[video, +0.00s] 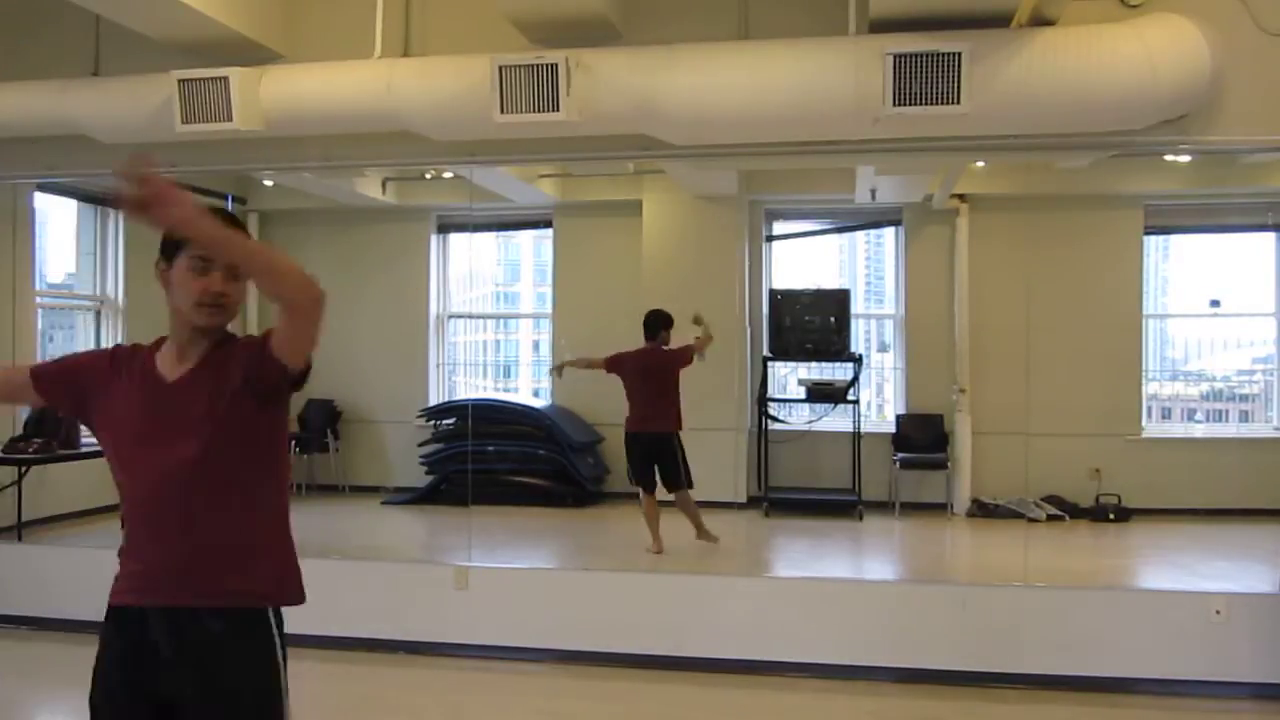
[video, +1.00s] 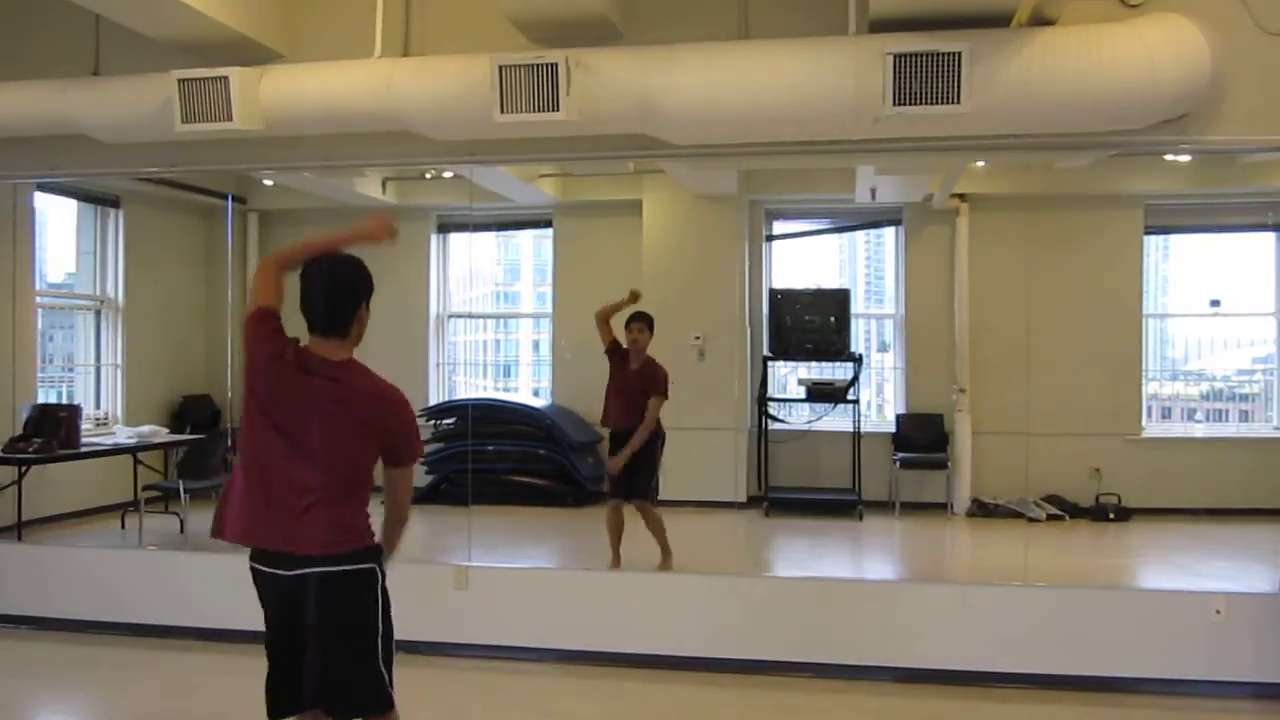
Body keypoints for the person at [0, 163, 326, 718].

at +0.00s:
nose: (219, 285)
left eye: (233, 274)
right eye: (201, 268)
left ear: (246, 290)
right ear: (164, 276)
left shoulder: (261, 369)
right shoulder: (111, 374)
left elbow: (304, 296)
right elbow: (11, 381)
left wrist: (194, 221)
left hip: (237, 631)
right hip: (137, 630)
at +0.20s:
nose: (311, 262)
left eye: (315, 249)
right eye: (300, 244)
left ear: (293, 251)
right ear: (247, 238)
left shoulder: (307, 345)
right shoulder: (157, 301)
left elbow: (433, 374)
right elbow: (30, 253)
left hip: (284, 531)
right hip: (189, 544)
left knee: (391, 676)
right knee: (236, 710)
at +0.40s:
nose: (344, 286)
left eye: (344, 272)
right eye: (340, 271)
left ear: (304, 272)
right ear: (308, 271)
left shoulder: (304, 349)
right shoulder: (231, 323)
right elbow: (171, 190)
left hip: (331, 550)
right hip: (272, 567)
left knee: (401, 639)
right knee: (321, 713)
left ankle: (479, 675)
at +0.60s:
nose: (354, 255)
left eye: (351, 245)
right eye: (348, 244)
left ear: (278, 246)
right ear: (330, 247)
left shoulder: (236, 326)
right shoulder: (327, 297)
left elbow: (138, 358)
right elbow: (404, 186)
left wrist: (31, 378)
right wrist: (456, 69)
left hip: (291, 521)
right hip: (325, 522)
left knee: (357, 690)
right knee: (340, 697)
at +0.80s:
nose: (347, 272)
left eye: (340, 261)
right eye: (346, 262)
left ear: (277, 269)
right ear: (339, 269)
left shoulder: (234, 333)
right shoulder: (363, 342)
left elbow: (152, 238)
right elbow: (485, 372)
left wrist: (117, 135)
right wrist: (592, 397)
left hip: (270, 535)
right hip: (340, 530)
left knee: (287, 699)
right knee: (345, 705)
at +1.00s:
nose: (371, 313)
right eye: (370, 305)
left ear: (304, 306)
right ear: (363, 313)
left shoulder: (269, 360)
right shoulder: (382, 401)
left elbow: (272, 264)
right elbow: (398, 496)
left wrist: (355, 233)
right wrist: (387, 544)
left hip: (272, 561)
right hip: (345, 566)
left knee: (298, 695)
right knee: (369, 699)